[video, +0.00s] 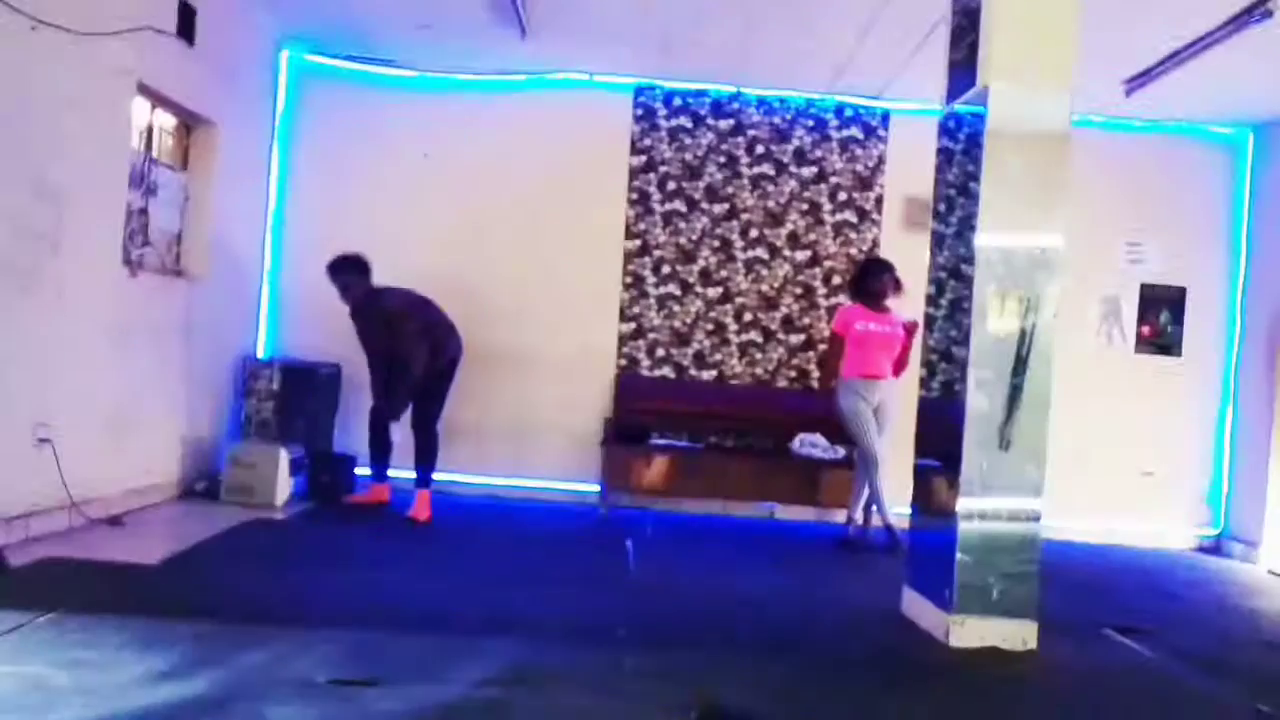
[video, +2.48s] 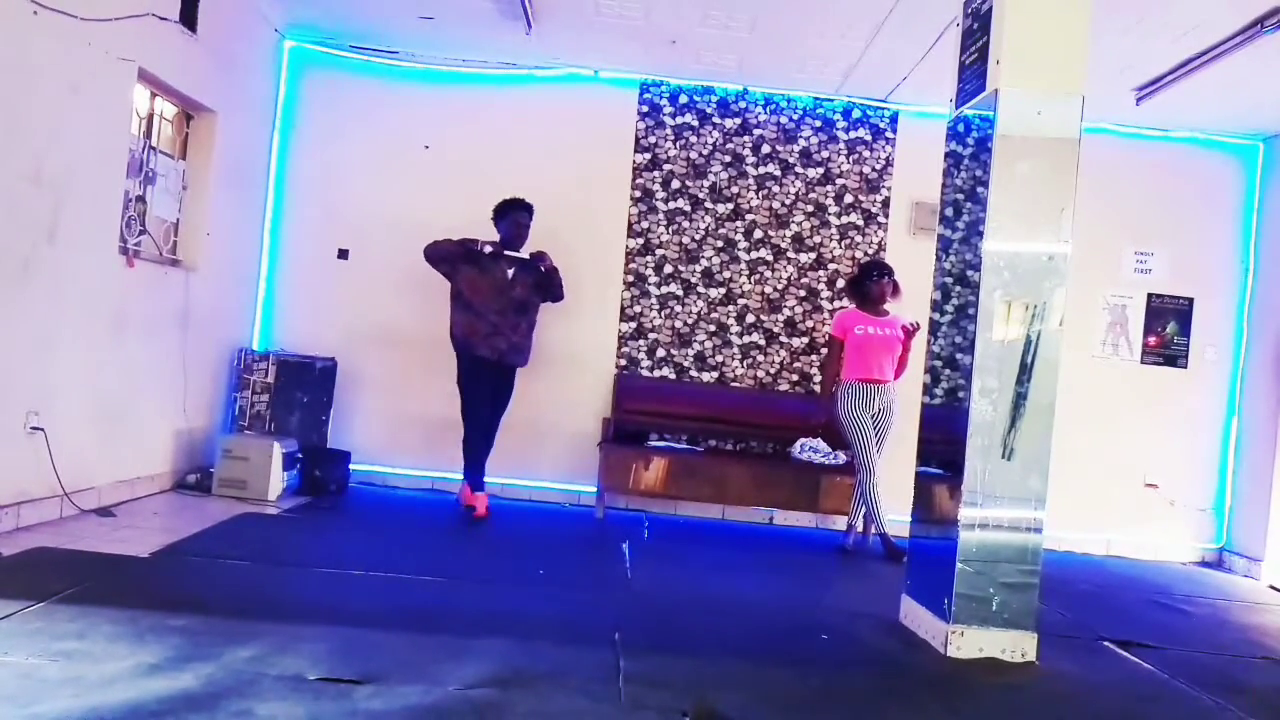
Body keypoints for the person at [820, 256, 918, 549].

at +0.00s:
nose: (886, 289)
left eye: (890, 282)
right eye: (881, 281)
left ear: (894, 285)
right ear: (866, 283)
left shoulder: (894, 321)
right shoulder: (849, 313)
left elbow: (897, 369)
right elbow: (833, 356)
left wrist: (909, 341)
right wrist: (829, 388)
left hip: (883, 387)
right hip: (854, 385)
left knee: (868, 456)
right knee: (871, 454)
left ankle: (853, 519)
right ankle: (887, 522)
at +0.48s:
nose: (904, 289)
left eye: (904, 282)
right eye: (897, 282)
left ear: (904, 288)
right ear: (880, 287)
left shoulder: (907, 325)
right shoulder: (863, 319)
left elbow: (912, 366)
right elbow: (851, 363)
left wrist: (923, 347)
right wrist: (850, 399)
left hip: (898, 391)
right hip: (870, 387)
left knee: (875, 462)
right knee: (870, 461)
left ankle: (852, 526)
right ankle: (880, 530)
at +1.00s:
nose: (908, 289)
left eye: (907, 283)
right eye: (901, 283)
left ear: (903, 288)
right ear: (884, 288)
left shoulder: (910, 325)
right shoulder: (867, 320)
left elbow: (915, 368)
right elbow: (853, 367)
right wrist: (849, 409)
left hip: (902, 391)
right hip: (874, 387)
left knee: (877, 462)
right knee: (874, 460)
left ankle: (851, 526)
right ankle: (882, 530)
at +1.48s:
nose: (906, 287)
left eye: (906, 281)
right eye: (899, 281)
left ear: (903, 287)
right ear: (881, 286)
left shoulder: (909, 326)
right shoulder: (861, 318)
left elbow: (910, 371)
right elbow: (848, 367)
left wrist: (923, 346)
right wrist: (844, 409)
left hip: (897, 399)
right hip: (867, 394)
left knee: (874, 467)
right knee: (872, 466)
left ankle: (853, 533)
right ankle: (887, 536)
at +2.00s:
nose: (894, 289)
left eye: (895, 282)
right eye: (888, 282)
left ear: (896, 288)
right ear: (871, 286)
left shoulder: (898, 326)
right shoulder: (849, 317)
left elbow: (896, 372)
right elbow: (834, 365)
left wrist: (910, 347)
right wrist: (831, 404)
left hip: (885, 397)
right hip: (853, 395)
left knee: (868, 465)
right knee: (866, 463)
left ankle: (849, 531)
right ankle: (883, 536)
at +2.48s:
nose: (886, 289)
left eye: (889, 283)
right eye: (879, 282)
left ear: (893, 288)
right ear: (864, 286)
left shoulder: (897, 325)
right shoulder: (846, 317)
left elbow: (897, 373)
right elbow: (832, 362)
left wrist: (907, 344)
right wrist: (825, 401)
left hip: (884, 397)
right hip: (853, 394)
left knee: (869, 465)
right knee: (867, 463)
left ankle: (851, 533)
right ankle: (884, 535)